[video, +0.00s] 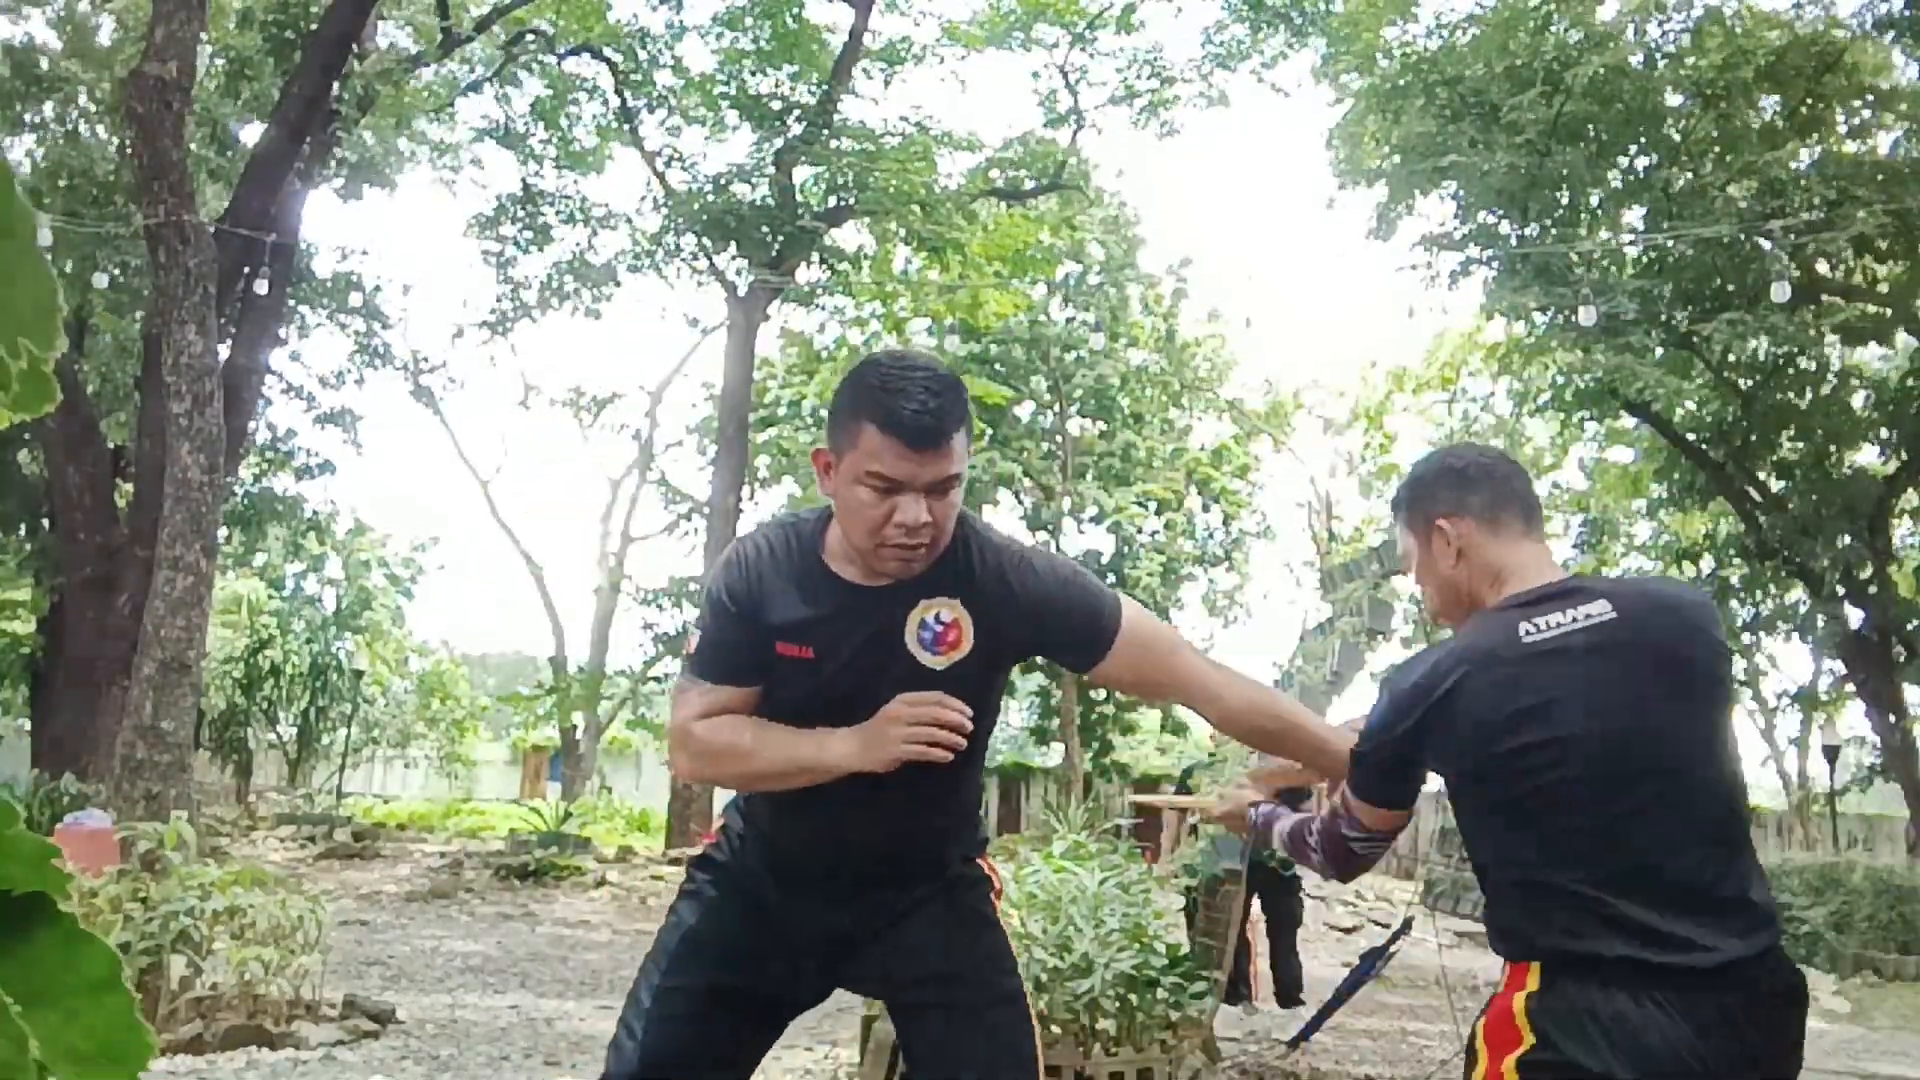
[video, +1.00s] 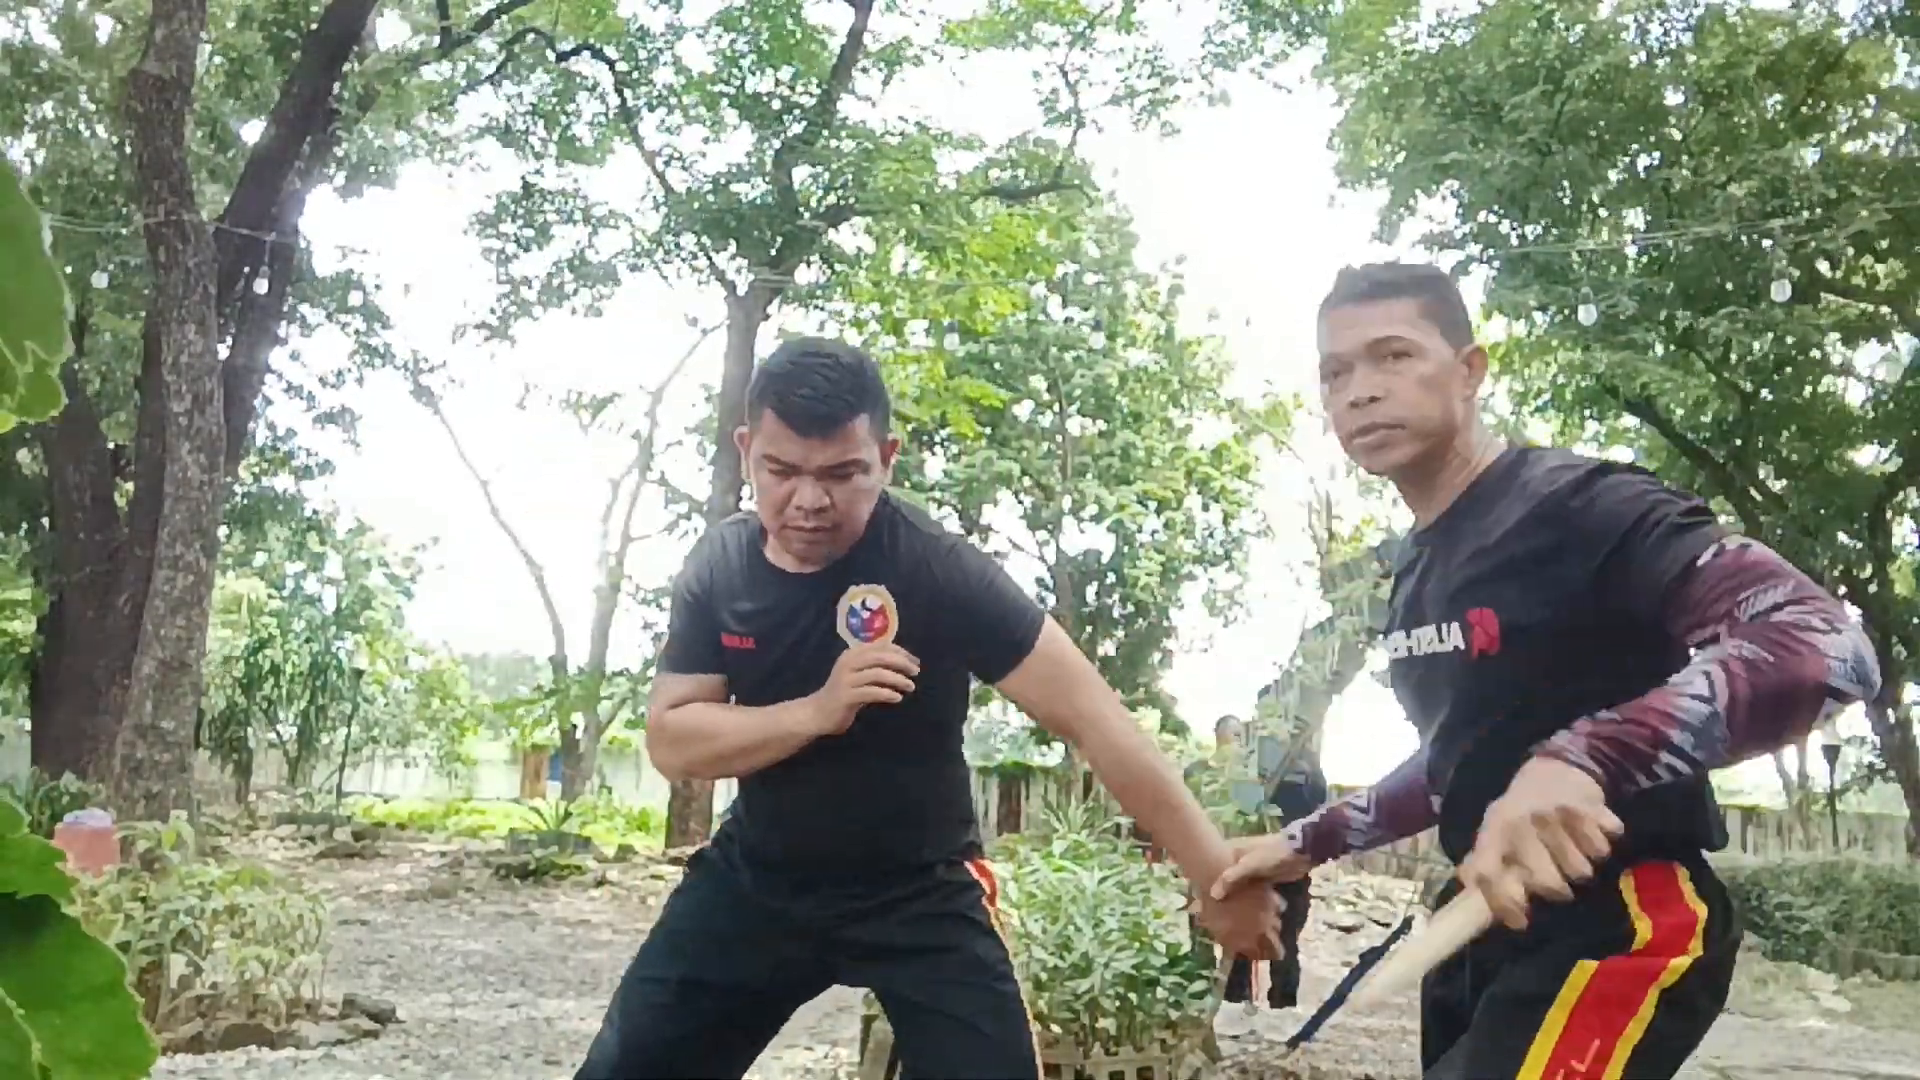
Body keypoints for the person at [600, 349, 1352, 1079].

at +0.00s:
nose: (915, 518)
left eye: (940, 489)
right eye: (886, 488)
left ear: (966, 474)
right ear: (827, 470)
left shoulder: (1003, 581)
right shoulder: (759, 571)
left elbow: (1191, 678)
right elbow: (692, 746)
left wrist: (1359, 768)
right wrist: (852, 745)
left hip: (931, 894)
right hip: (763, 883)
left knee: (993, 1066)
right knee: (647, 1064)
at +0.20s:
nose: (920, 527)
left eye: (946, 498)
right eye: (892, 497)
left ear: (972, 480)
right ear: (833, 476)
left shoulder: (1010, 584)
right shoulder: (763, 581)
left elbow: (1195, 681)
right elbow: (706, 755)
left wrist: (1352, 746)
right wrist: (873, 750)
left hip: (936, 899)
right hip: (765, 891)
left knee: (1000, 1065)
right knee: (650, 1064)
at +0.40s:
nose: (906, 529)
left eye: (932, 502)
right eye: (878, 499)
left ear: (960, 484)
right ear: (823, 476)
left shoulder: (1002, 585)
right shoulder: (760, 583)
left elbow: (1181, 679)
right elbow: (700, 758)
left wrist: (1327, 754)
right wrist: (859, 755)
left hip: (937, 899)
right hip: (766, 889)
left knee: (1001, 1068)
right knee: (643, 1066)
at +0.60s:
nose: (885, 515)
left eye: (913, 488)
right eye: (860, 484)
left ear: (949, 474)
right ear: (812, 463)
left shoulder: (989, 578)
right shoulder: (756, 570)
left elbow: (1147, 702)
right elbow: (698, 750)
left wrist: (1280, 821)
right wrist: (863, 726)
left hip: (933, 898)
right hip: (767, 885)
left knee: (1001, 1068)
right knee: (640, 1067)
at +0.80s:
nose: (832, 507)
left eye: (863, 480)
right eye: (806, 475)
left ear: (906, 462)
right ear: (769, 453)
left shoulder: (957, 579)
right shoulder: (732, 571)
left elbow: (1116, 699)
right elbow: (679, 742)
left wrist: (1260, 805)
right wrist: (820, 718)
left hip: (925, 899)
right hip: (758, 885)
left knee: (997, 1070)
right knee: (630, 1064)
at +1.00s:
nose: (810, 500)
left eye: (841, 472)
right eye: (783, 470)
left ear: (885, 455)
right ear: (747, 450)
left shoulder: (941, 575)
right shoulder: (717, 568)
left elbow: (1092, 716)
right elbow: (671, 745)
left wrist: (1216, 878)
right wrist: (812, 713)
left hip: (921, 895)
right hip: (754, 884)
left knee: (991, 1072)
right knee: (621, 1069)